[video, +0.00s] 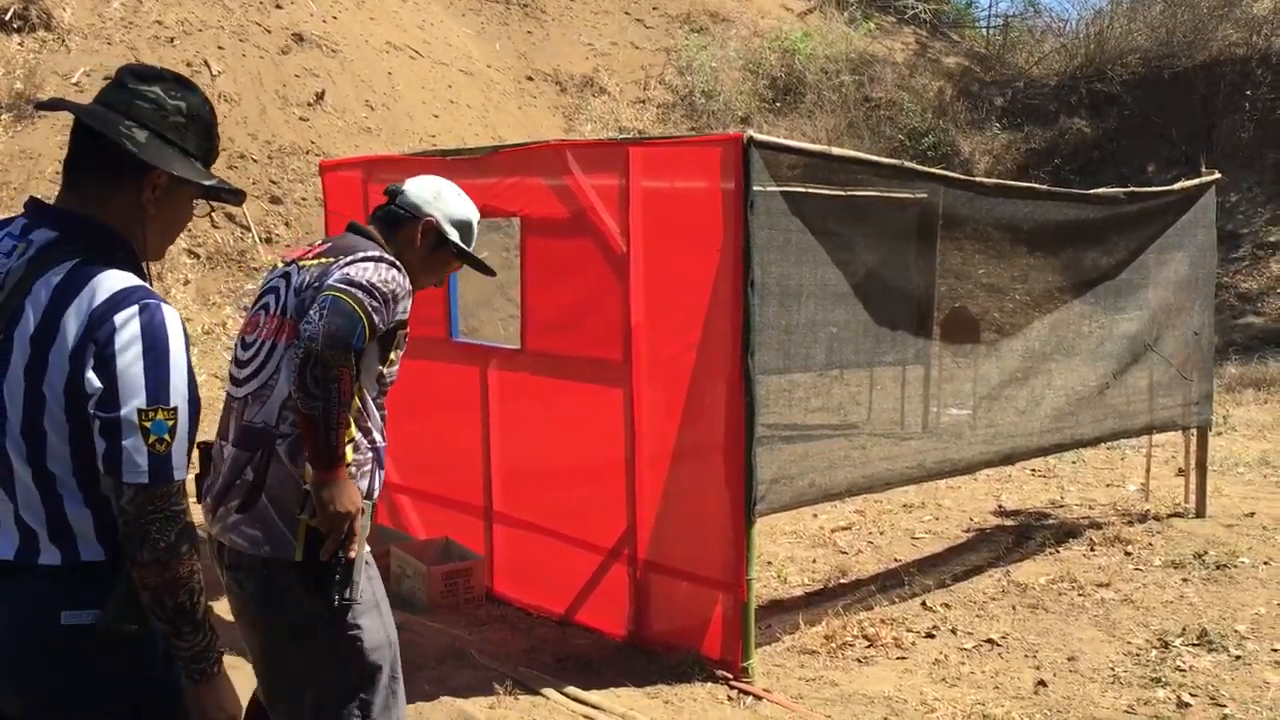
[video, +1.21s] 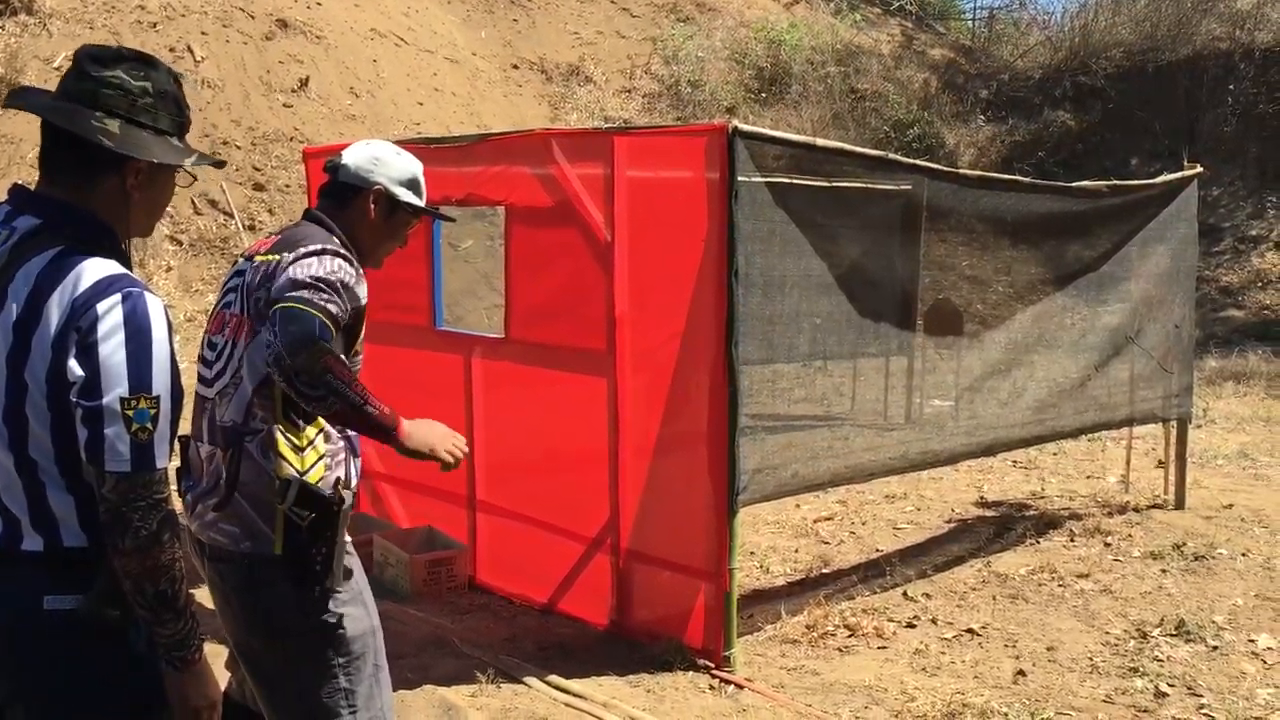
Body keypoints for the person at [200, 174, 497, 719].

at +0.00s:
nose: (444, 281)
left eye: (455, 269)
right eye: (450, 263)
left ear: (397, 224)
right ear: (423, 234)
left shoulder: (301, 264)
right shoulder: (382, 271)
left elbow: (248, 380)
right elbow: (326, 345)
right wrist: (333, 475)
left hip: (249, 540)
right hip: (310, 548)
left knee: (290, 698)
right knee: (363, 704)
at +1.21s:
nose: (405, 240)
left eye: (412, 227)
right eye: (406, 224)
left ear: (340, 196)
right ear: (373, 207)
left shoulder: (267, 253)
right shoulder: (327, 261)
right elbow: (299, 349)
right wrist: (400, 429)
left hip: (234, 533)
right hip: (289, 542)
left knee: (268, 698)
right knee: (349, 705)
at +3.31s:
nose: (401, 223)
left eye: (401, 208)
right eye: (395, 207)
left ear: (335, 203)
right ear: (356, 207)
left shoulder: (265, 267)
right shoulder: (336, 287)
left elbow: (275, 406)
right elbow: (352, 431)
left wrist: (335, 494)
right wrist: (401, 545)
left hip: (222, 532)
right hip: (280, 540)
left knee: (285, 696)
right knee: (363, 696)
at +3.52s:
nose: (400, 222)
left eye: (401, 208)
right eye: (395, 206)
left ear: (335, 201)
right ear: (357, 205)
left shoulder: (263, 267)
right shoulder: (337, 286)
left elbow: (277, 409)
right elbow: (352, 430)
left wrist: (340, 498)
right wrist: (402, 544)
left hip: (221, 531)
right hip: (280, 540)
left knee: (285, 692)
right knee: (364, 697)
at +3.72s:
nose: (401, 222)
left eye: (402, 207)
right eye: (395, 206)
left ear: (333, 201)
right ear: (357, 205)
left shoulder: (264, 266)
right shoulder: (337, 287)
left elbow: (274, 406)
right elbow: (352, 432)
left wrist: (335, 495)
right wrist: (401, 544)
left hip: (222, 531)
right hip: (280, 542)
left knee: (283, 695)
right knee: (363, 699)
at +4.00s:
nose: (405, 222)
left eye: (406, 208)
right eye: (399, 207)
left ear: (339, 203)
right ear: (360, 207)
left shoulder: (267, 267)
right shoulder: (339, 288)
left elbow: (276, 406)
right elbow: (354, 432)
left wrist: (336, 496)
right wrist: (403, 546)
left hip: (222, 529)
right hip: (281, 541)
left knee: (285, 690)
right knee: (365, 697)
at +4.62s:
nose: (409, 230)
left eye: (410, 215)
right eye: (402, 213)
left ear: (340, 212)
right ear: (363, 213)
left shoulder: (271, 274)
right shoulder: (342, 295)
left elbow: (273, 416)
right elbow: (357, 438)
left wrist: (338, 511)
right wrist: (405, 551)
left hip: (227, 530)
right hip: (285, 545)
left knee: (282, 688)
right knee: (371, 701)